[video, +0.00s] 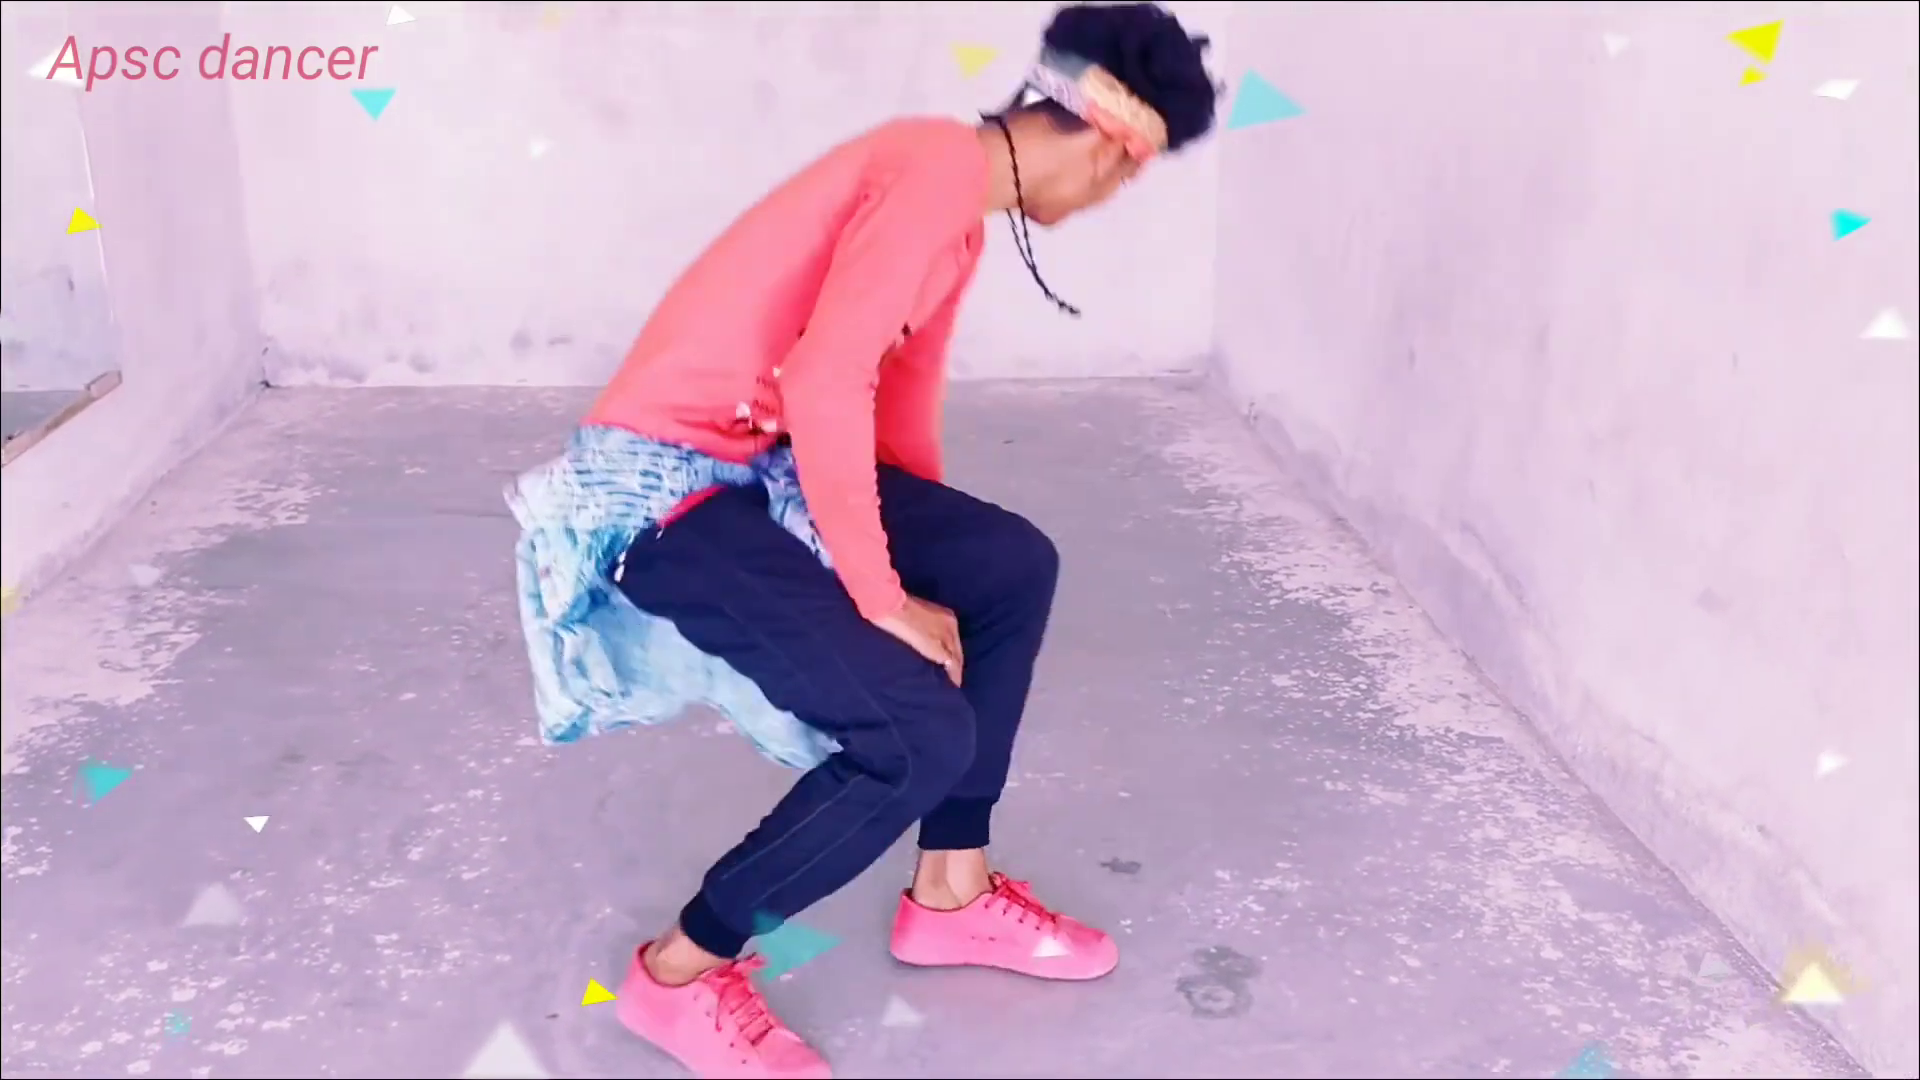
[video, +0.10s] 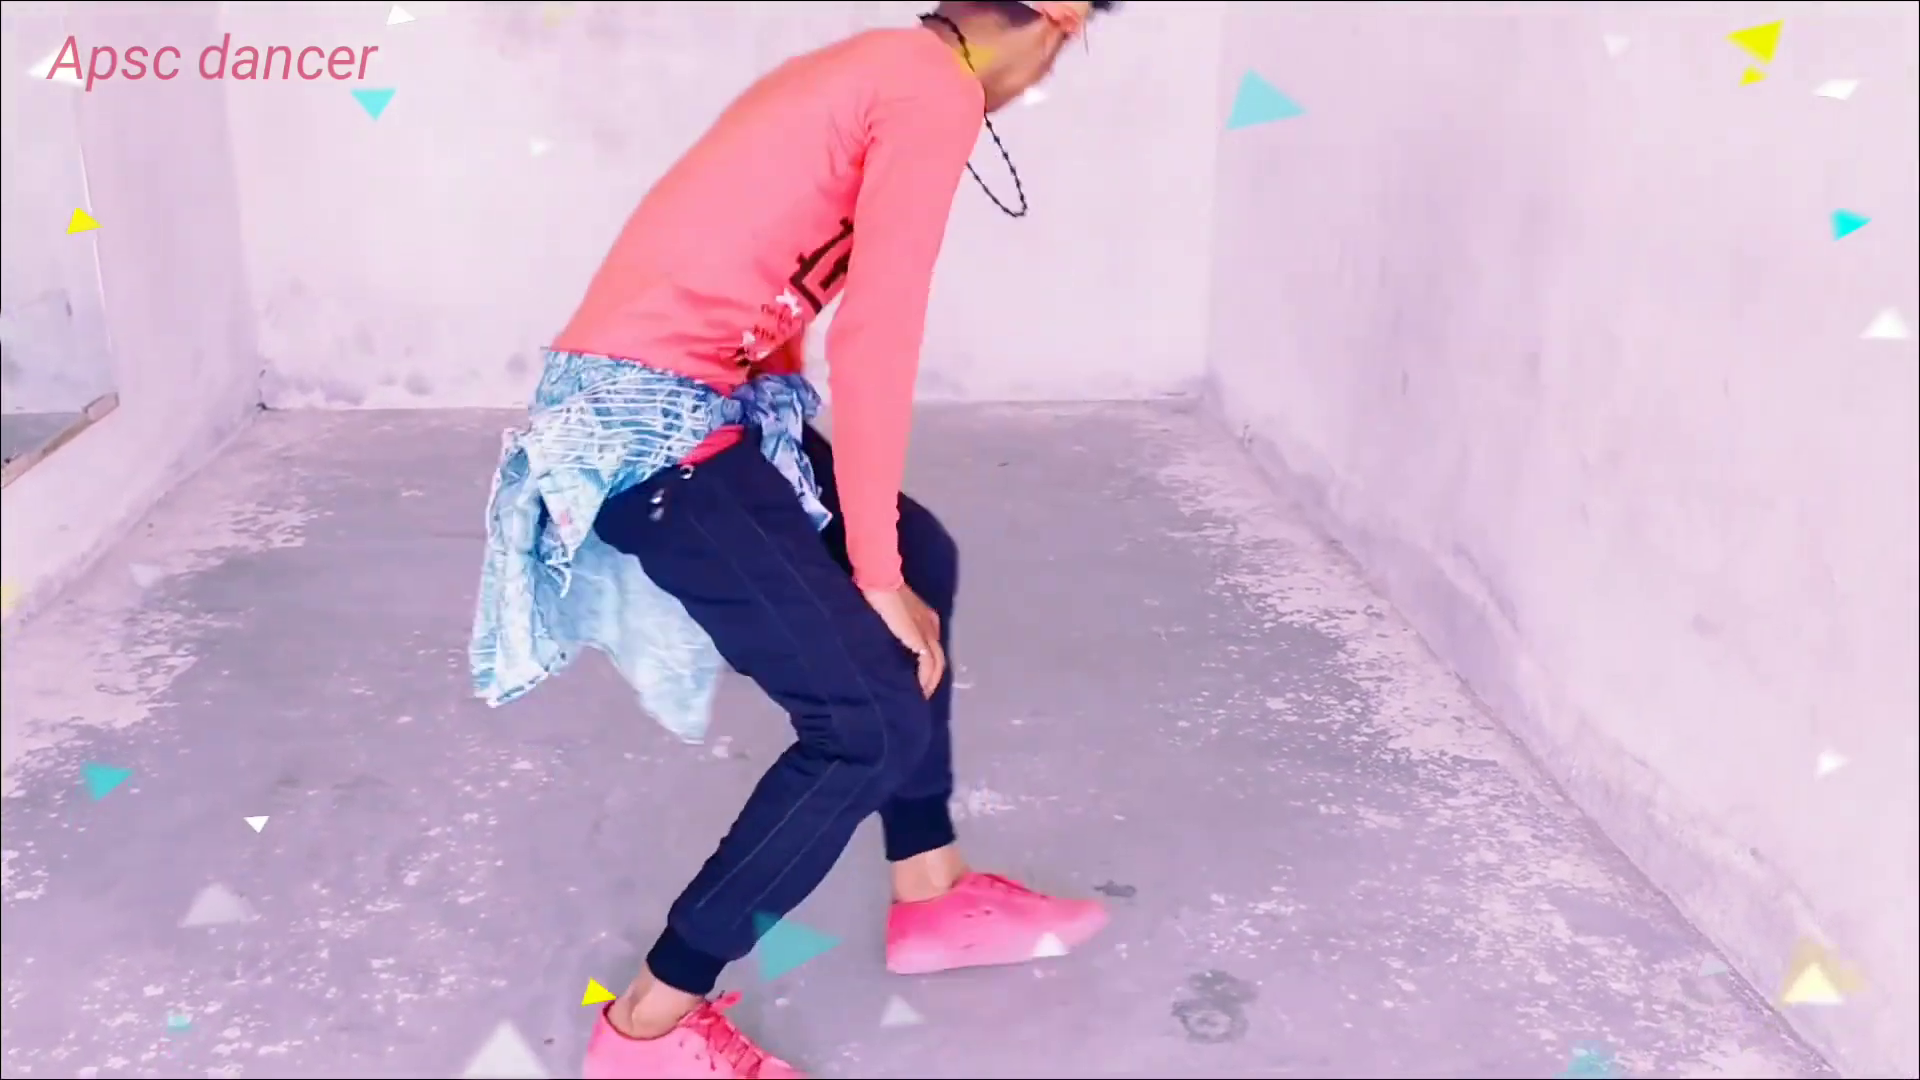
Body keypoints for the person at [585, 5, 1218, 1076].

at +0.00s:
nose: (1112, 197)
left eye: (1129, 176)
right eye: (1130, 171)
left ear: (1061, 105)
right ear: (1110, 134)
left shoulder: (959, 211)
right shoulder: (940, 171)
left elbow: (909, 408)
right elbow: (825, 377)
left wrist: (929, 580)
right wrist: (882, 602)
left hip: (758, 470)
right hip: (662, 493)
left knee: (1010, 561)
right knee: (923, 732)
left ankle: (951, 890)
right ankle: (681, 964)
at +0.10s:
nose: (1050, 72)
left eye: (1066, 45)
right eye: (1067, 40)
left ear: (963, 3)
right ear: (1041, 16)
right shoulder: (933, 88)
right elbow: (873, 341)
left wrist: (836, 502)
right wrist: (879, 578)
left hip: (711, 412)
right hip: (649, 434)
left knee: (919, 558)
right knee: (872, 726)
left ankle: (930, 889)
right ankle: (655, 1014)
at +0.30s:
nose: (914, 40)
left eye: (909, 27)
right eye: (920, 26)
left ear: (807, 15)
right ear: (912, 22)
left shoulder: (713, 89)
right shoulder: (896, 111)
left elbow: (625, 266)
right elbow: (881, 347)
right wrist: (866, 571)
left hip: (572, 427)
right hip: (688, 447)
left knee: (744, 637)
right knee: (823, 791)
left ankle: (679, 899)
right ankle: (685, 1065)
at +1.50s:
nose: (427, 205)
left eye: (430, 194)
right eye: (433, 192)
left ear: (442, 204)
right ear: (511, 189)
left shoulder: (460, 291)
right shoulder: (547, 248)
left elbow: (465, 423)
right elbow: (510, 164)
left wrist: (433, 544)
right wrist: (452, 88)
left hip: (518, 511)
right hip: (592, 496)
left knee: (471, 671)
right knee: (585, 661)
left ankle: (497, 847)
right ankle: (689, 792)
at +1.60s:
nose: (426, 165)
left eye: (427, 155)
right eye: (438, 149)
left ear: (437, 170)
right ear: (504, 151)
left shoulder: (458, 255)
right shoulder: (530, 209)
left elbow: (473, 384)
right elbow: (494, 119)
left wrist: (442, 498)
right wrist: (439, 32)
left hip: (511, 480)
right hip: (576, 465)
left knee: (497, 661)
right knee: (556, 646)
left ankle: (508, 838)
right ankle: (630, 802)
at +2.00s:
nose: (474, 162)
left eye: (487, 154)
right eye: (480, 148)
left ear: (526, 173)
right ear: (522, 168)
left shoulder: (552, 251)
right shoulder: (522, 218)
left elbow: (597, 369)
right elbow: (493, 91)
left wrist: (583, 476)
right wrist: (463, 8)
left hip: (561, 468)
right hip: (547, 459)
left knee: (537, 637)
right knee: (556, 630)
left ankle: (563, 818)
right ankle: (598, 787)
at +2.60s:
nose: (666, 206)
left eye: (681, 190)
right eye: (651, 190)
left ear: (702, 194)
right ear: (632, 196)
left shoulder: (737, 279)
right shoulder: (618, 284)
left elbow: (785, 377)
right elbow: (611, 375)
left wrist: (823, 470)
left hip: (738, 507)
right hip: (658, 510)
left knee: (810, 649)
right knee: (581, 651)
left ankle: (894, 808)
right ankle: (608, 789)